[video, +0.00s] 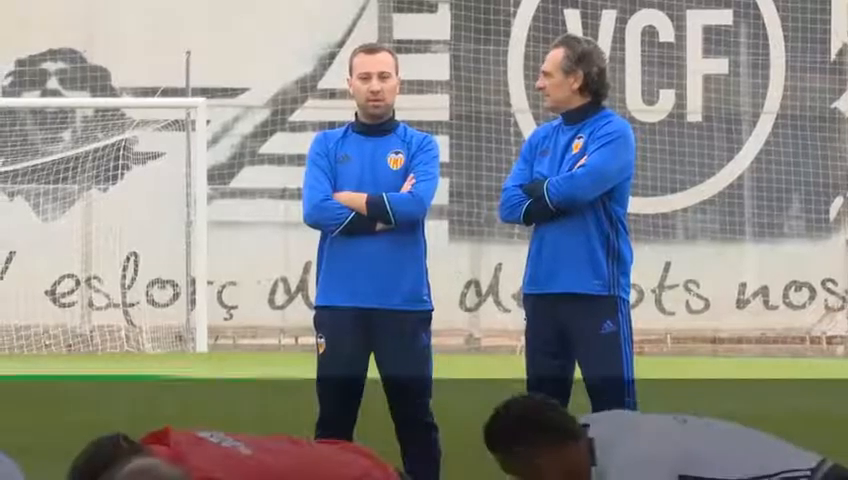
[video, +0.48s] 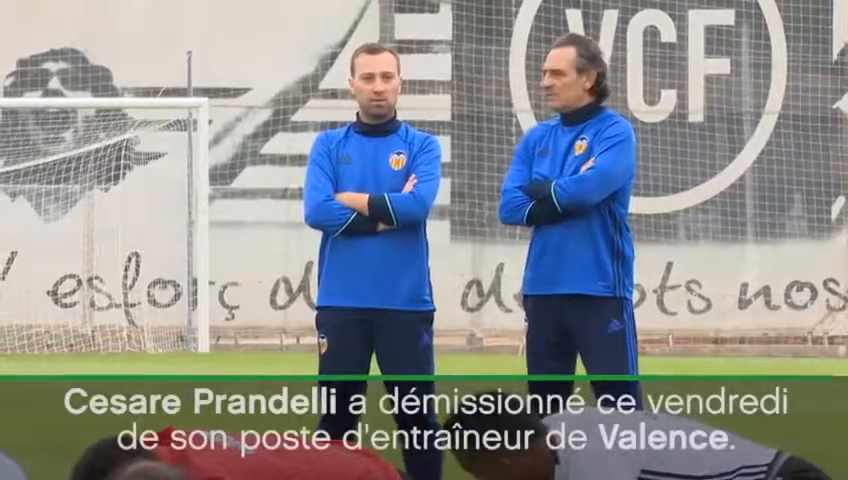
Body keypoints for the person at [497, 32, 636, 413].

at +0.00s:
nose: (538, 83)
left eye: (547, 74)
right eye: (540, 74)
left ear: (577, 80)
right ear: (571, 80)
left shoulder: (614, 131)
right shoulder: (538, 138)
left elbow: (581, 188)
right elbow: (508, 205)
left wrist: (532, 191)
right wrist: (561, 197)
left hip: (597, 291)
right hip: (542, 292)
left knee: (613, 412)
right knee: (543, 412)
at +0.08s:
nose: (537, 83)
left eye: (546, 74)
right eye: (539, 74)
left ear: (576, 80)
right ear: (570, 80)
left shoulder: (613, 131)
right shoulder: (537, 138)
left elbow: (580, 189)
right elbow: (507, 206)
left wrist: (533, 191)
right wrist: (560, 196)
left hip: (597, 291)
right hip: (542, 292)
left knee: (614, 413)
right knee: (542, 414)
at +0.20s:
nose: (536, 82)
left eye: (545, 74)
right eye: (538, 73)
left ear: (575, 80)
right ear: (569, 80)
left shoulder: (612, 130)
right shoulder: (537, 137)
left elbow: (578, 189)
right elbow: (507, 206)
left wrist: (532, 191)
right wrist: (559, 196)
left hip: (595, 290)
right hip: (540, 290)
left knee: (615, 408)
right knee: (543, 411)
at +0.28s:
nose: (537, 83)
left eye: (546, 74)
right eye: (539, 73)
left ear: (577, 80)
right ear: (569, 80)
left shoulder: (612, 131)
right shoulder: (535, 138)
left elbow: (580, 190)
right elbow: (507, 207)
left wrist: (533, 192)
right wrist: (562, 195)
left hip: (595, 291)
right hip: (540, 291)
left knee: (614, 409)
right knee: (542, 411)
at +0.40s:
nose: (540, 81)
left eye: (551, 73)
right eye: (540, 72)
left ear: (583, 80)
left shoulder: (613, 131)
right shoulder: (534, 137)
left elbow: (582, 191)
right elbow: (507, 207)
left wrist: (534, 190)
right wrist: (566, 194)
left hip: (597, 292)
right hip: (541, 292)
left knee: (617, 409)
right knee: (543, 411)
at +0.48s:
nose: (545, 82)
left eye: (557, 73)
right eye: (544, 73)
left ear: (589, 80)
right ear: (541, 77)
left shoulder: (615, 130)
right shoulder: (534, 138)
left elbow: (589, 192)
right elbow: (509, 208)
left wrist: (538, 189)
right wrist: (571, 192)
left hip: (600, 292)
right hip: (543, 293)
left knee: (622, 410)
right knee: (544, 411)